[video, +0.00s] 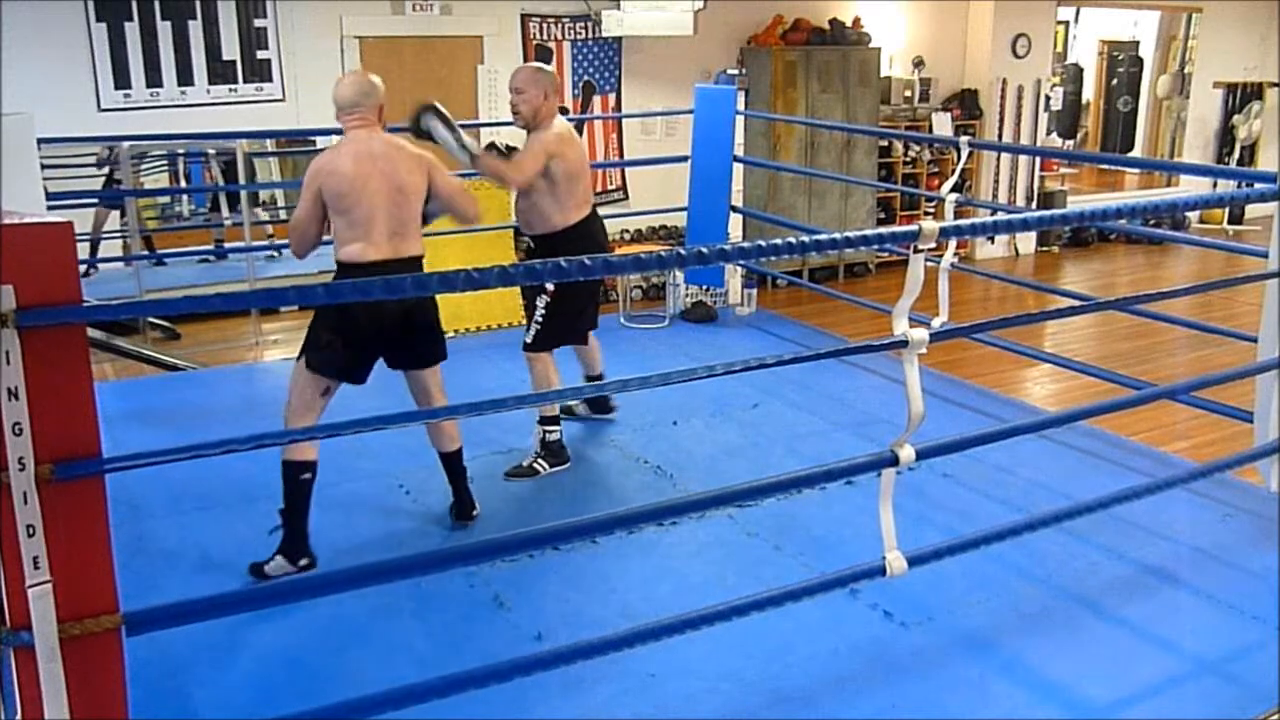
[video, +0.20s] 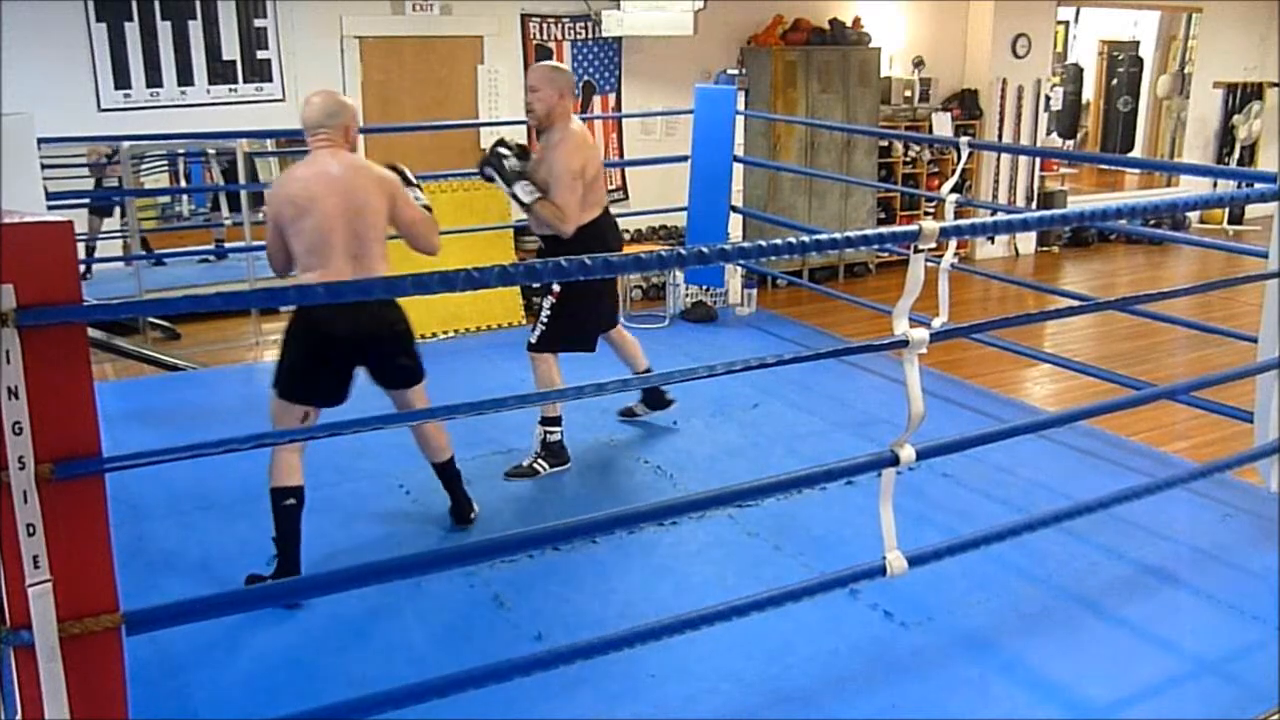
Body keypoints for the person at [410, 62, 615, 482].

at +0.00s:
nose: (511, 102)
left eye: (519, 93)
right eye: (510, 94)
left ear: (549, 98)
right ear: (544, 100)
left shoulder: (545, 139)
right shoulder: (558, 131)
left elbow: (518, 178)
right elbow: (537, 176)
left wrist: (472, 153)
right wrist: (501, 159)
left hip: (561, 253)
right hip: (582, 242)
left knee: (536, 350)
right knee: (579, 329)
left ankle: (552, 446)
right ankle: (598, 397)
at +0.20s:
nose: (527, 100)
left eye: (534, 92)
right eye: (526, 92)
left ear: (561, 98)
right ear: (556, 98)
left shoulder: (566, 147)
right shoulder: (561, 134)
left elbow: (564, 222)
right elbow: (549, 180)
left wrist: (519, 187)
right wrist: (520, 168)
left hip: (581, 250)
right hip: (597, 239)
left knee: (541, 348)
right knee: (609, 324)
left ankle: (552, 447)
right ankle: (653, 392)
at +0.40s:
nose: (570, 104)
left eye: (579, 97)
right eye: (571, 97)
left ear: (606, 104)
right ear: (599, 106)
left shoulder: (610, 151)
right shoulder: (596, 143)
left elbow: (582, 213)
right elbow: (570, 197)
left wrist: (559, 162)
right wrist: (559, 146)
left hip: (608, 256)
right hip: (618, 250)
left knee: (564, 351)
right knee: (632, 336)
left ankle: (554, 447)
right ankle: (682, 402)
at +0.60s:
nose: (607, 101)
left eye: (616, 94)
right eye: (606, 93)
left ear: (641, 100)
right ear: (608, 98)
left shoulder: (650, 149)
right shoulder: (619, 143)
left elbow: (634, 211)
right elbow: (606, 209)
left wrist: (605, 172)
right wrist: (589, 166)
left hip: (650, 253)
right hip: (630, 249)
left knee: (608, 343)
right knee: (650, 335)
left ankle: (579, 436)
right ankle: (687, 406)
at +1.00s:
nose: (632, 101)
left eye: (639, 93)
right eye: (629, 93)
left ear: (661, 94)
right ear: (630, 94)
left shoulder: (672, 140)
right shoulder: (643, 133)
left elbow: (624, 185)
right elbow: (605, 185)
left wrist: (630, 133)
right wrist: (604, 133)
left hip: (671, 237)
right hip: (648, 235)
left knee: (629, 333)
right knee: (667, 330)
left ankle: (640, 430)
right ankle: (690, 405)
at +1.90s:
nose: (599, 91)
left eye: (606, 83)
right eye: (596, 83)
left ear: (628, 86)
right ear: (595, 87)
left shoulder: (646, 129)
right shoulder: (596, 129)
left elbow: (655, 188)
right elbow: (582, 185)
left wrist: (630, 155)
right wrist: (576, 144)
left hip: (640, 223)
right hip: (606, 224)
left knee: (613, 317)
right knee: (629, 313)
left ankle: (637, 401)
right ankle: (657, 383)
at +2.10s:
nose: (585, 93)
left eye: (593, 86)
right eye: (582, 86)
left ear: (616, 88)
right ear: (581, 90)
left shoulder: (629, 135)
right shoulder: (588, 128)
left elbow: (625, 192)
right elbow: (576, 180)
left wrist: (597, 153)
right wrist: (565, 133)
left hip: (626, 227)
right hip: (595, 225)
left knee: (607, 321)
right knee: (588, 307)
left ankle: (638, 395)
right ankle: (631, 356)